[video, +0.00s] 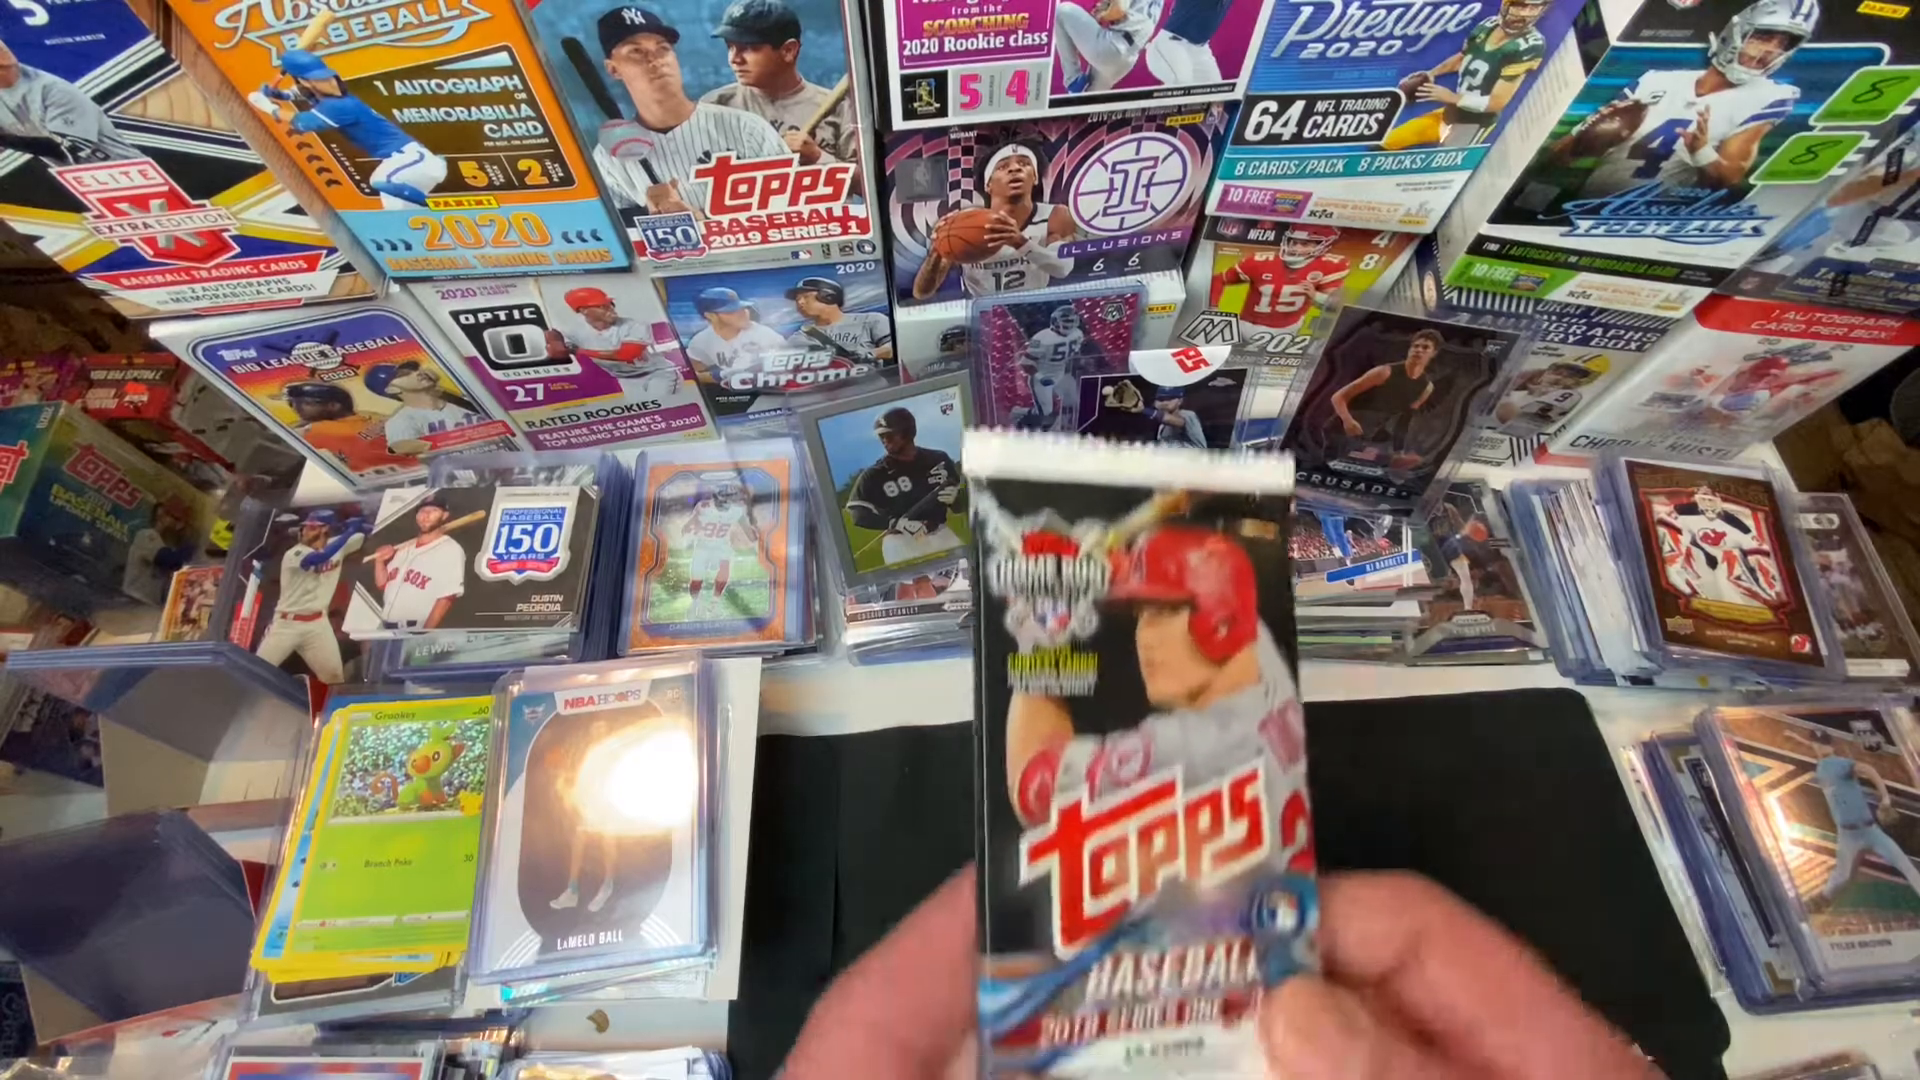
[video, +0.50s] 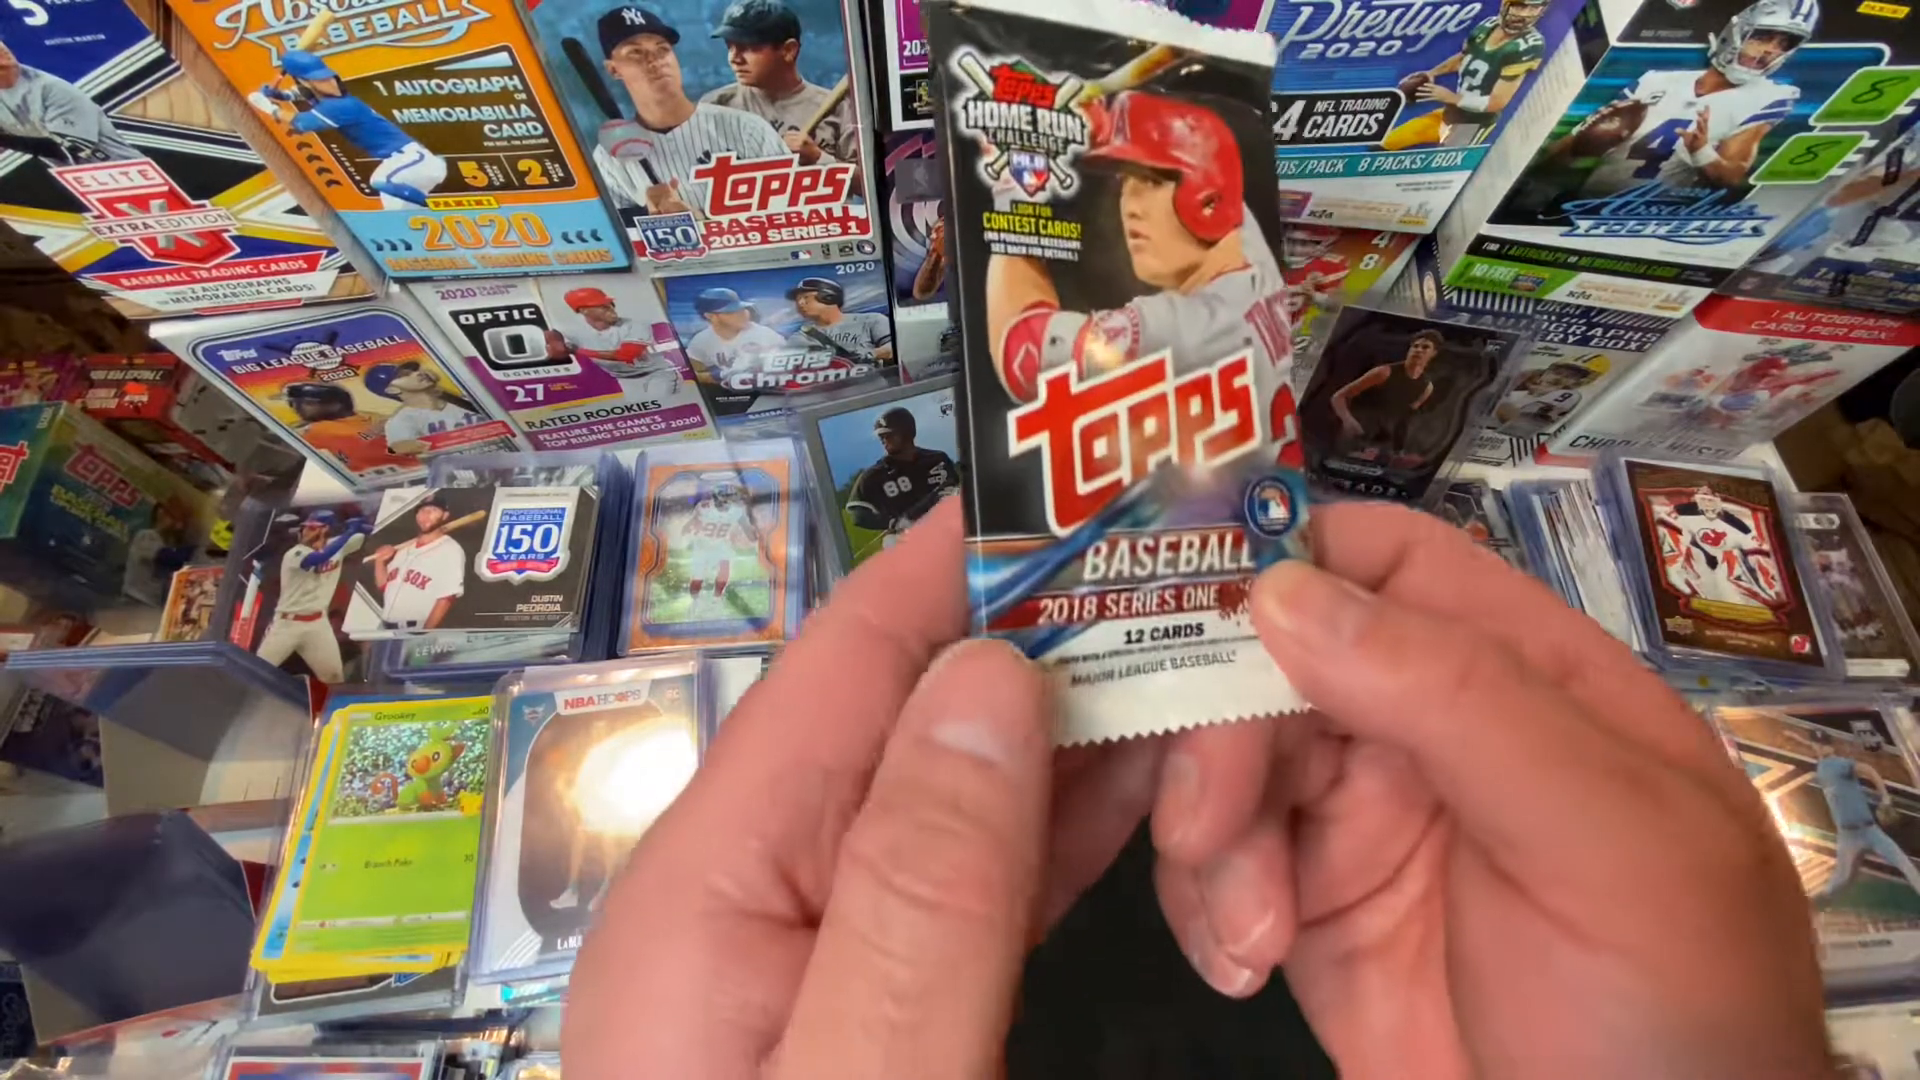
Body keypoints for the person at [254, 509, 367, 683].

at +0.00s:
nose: (303, 531)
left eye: (309, 527)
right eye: (304, 527)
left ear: (324, 530)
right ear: (303, 529)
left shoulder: (338, 549)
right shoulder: (294, 554)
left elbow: (365, 532)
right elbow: (319, 559)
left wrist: (355, 523)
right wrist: (347, 535)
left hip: (317, 625)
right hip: (285, 624)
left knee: (334, 678)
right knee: (258, 671)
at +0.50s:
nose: (303, 532)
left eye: (309, 528)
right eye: (304, 527)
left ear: (324, 530)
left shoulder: (336, 549)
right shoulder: (294, 554)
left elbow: (367, 532)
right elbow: (318, 560)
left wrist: (357, 524)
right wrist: (348, 535)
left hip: (317, 625)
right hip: (285, 624)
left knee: (334, 678)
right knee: (259, 670)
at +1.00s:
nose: (304, 531)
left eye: (310, 528)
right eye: (304, 527)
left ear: (324, 531)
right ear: (303, 530)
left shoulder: (336, 549)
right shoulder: (294, 554)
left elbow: (366, 533)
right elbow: (318, 560)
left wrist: (357, 524)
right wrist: (347, 535)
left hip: (317, 625)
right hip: (285, 624)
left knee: (334, 679)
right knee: (259, 671)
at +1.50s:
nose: (303, 531)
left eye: (309, 528)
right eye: (304, 527)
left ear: (323, 530)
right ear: (303, 530)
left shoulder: (337, 549)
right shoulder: (294, 554)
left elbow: (365, 533)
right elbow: (319, 560)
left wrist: (358, 525)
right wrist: (347, 536)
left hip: (317, 625)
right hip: (285, 624)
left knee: (335, 681)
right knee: (259, 672)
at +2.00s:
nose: (304, 532)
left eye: (310, 528)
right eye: (304, 527)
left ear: (324, 531)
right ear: (302, 529)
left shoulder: (337, 548)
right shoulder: (293, 555)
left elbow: (367, 532)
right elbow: (318, 560)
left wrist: (358, 523)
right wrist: (347, 536)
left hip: (317, 625)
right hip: (284, 625)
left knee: (334, 681)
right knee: (258, 671)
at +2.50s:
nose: (305, 532)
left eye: (311, 528)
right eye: (304, 527)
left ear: (324, 530)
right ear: (302, 529)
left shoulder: (337, 548)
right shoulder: (293, 554)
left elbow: (368, 533)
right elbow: (319, 560)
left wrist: (358, 525)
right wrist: (346, 537)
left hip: (317, 626)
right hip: (284, 625)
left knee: (334, 679)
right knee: (257, 671)